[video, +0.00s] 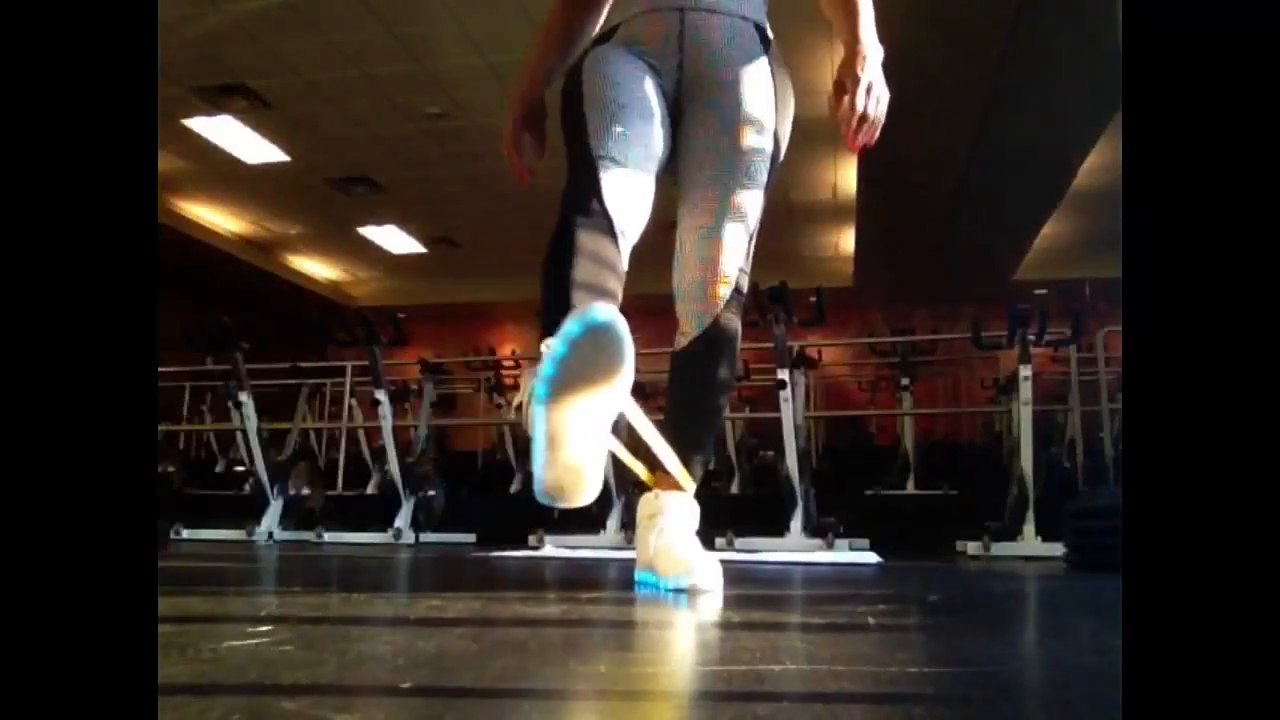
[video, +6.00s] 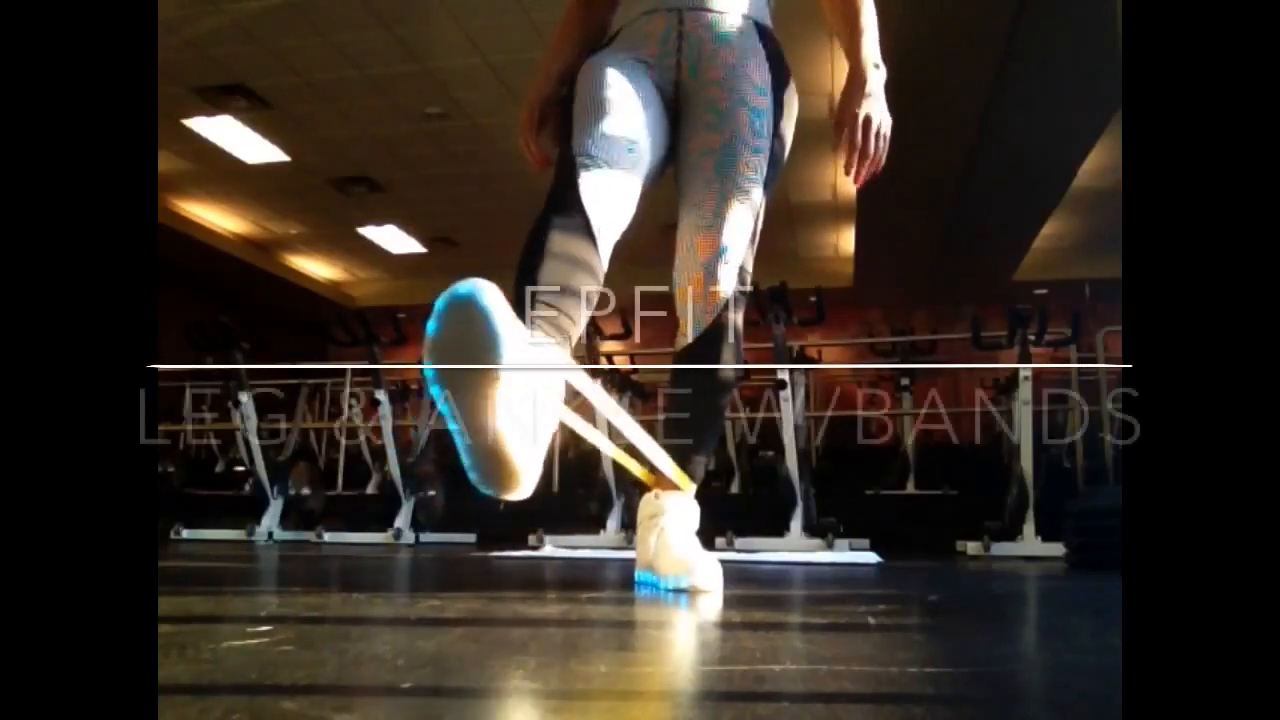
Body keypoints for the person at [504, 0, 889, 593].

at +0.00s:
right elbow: (589, 4)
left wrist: (864, 45)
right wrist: (533, 87)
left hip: (737, 33)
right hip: (623, 31)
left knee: (715, 283)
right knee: (604, 195)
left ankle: (671, 513)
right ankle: (570, 417)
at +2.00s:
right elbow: (588, 3)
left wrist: (850, 51)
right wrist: (542, 90)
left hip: (742, 34)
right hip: (628, 34)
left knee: (717, 286)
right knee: (615, 203)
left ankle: (673, 513)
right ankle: (577, 430)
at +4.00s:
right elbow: (589, 3)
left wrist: (867, 72)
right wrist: (550, 82)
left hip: (744, 25)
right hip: (632, 25)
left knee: (722, 273)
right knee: (597, 203)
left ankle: (673, 516)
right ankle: (533, 441)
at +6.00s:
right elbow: (591, 4)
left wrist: (866, 72)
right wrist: (552, 79)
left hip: (737, 31)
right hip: (628, 33)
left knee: (710, 272)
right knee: (590, 182)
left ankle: (673, 512)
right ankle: (528, 401)